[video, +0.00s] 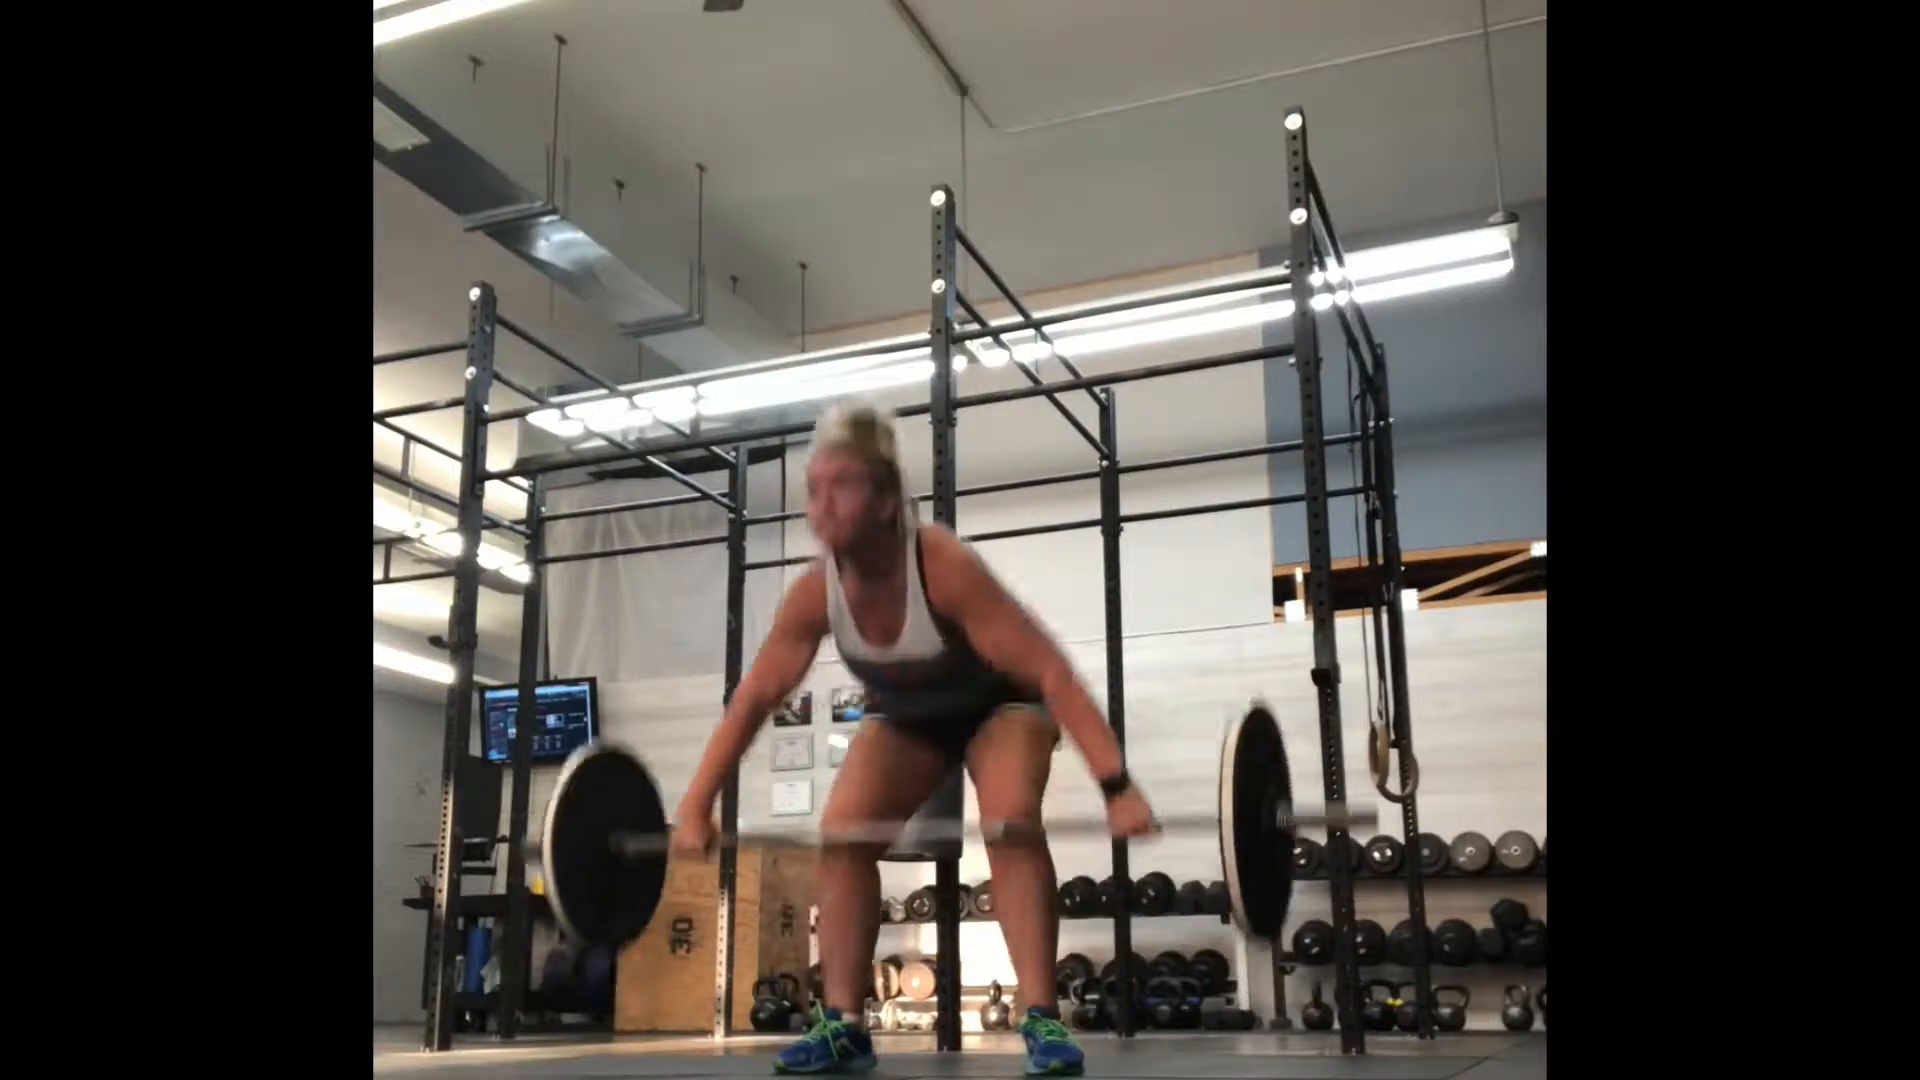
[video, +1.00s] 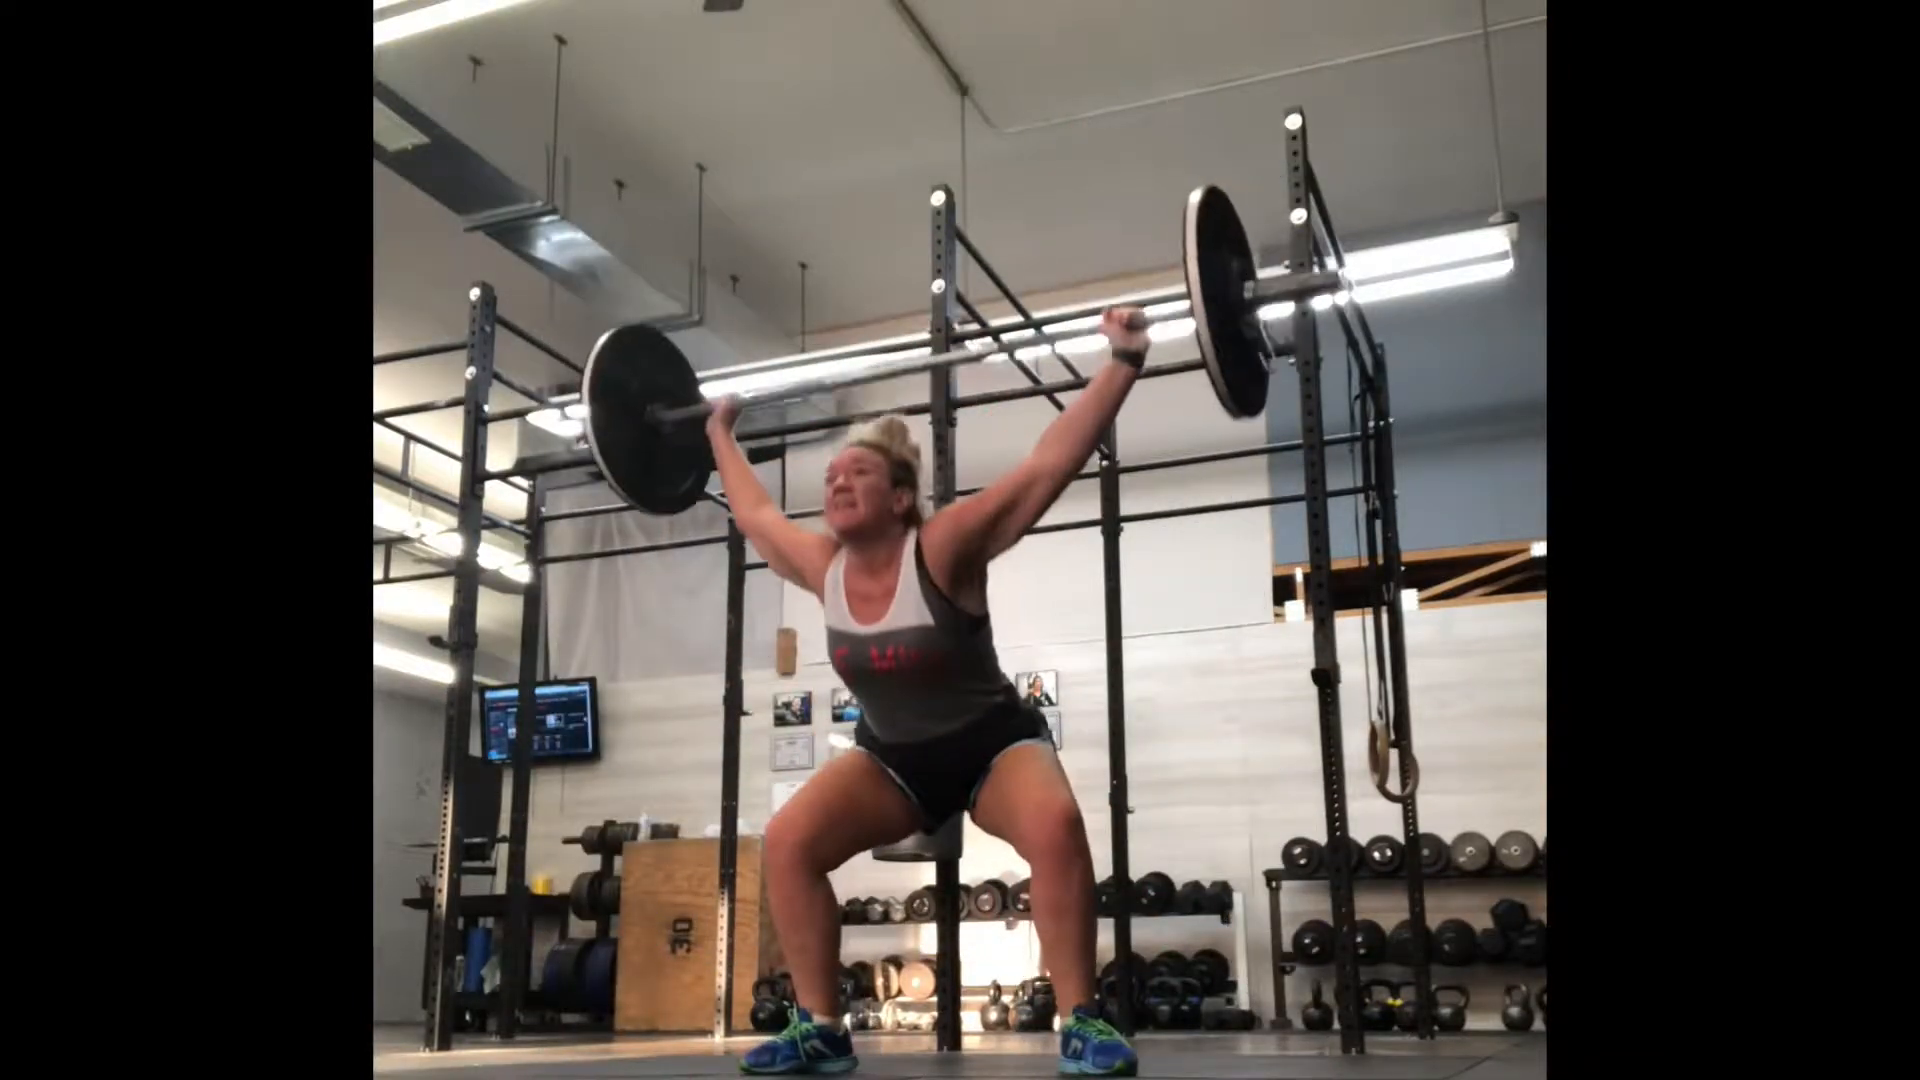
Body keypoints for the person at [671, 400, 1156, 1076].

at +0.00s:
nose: (823, 503)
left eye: (841, 486)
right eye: (814, 488)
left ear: (888, 497)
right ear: (805, 497)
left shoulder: (945, 566)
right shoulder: (817, 593)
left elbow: (1052, 669)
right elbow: (755, 698)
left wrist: (1116, 783)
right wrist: (696, 799)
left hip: (1000, 703)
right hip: (904, 715)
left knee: (1011, 828)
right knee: (842, 838)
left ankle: (1040, 1019)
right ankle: (843, 1024)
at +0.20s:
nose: (860, 372)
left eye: (876, 358)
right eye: (859, 358)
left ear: (921, 369)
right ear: (855, 375)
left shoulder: (965, 454)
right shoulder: (840, 477)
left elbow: (1084, 499)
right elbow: (744, 545)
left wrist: (1101, 600)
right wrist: (688, 627)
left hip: (986, 674)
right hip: (886, 680)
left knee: (1002, 825)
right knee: (826, 831)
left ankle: (1039, 1013)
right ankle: (840, 1020)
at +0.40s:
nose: (910, 304)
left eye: (928, 295)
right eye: (902, 298)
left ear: (967, 314)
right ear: (892, 320)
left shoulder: (999, 361)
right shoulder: (874, 388)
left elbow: (1112, 368)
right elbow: (773, 430)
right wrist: (715, 387)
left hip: (969, 567)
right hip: (873, 573)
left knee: (1007, 780)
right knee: (837, 782)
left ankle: (1066, 980)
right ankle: (810, 984)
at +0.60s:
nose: (882, 388)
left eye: (900, 382)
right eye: (878, 379)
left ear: (935, 408)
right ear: (866, 402)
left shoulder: (972, 461)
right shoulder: (846, 478)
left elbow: (1065, 372)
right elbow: (762, 429)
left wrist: (1109, 253)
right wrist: (712, 337)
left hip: (987, 695)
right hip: (881, 704)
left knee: (1051, 831)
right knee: (789, 838)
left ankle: (1078, 1017)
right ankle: (819, 1023)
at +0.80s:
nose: (850, 449)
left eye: (870, 439)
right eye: (844, 441)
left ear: (913, 462)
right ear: (838, 464)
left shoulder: (958, 514)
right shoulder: (830, 532)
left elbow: (1051, 434)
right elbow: (757, 486)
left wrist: (1120, 324)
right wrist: (718, 411)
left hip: (990, 727)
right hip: (885, 739)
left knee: (1052, 830)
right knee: (790, 839)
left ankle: (1079, 1019)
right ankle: (818, 1025)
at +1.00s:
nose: (838, 481)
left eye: (859, 472)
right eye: (832, 473)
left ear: (901, 496)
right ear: (825, 497)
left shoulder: (947, 545)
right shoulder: (821, 565)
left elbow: (1045, 471)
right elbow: (755, 513)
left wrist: (1122, 362)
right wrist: (719, 434)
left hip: (995, 747)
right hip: (894, 761)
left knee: (1060, 829)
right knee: (787, 840)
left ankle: (1078, 1021)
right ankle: (819, 1027)